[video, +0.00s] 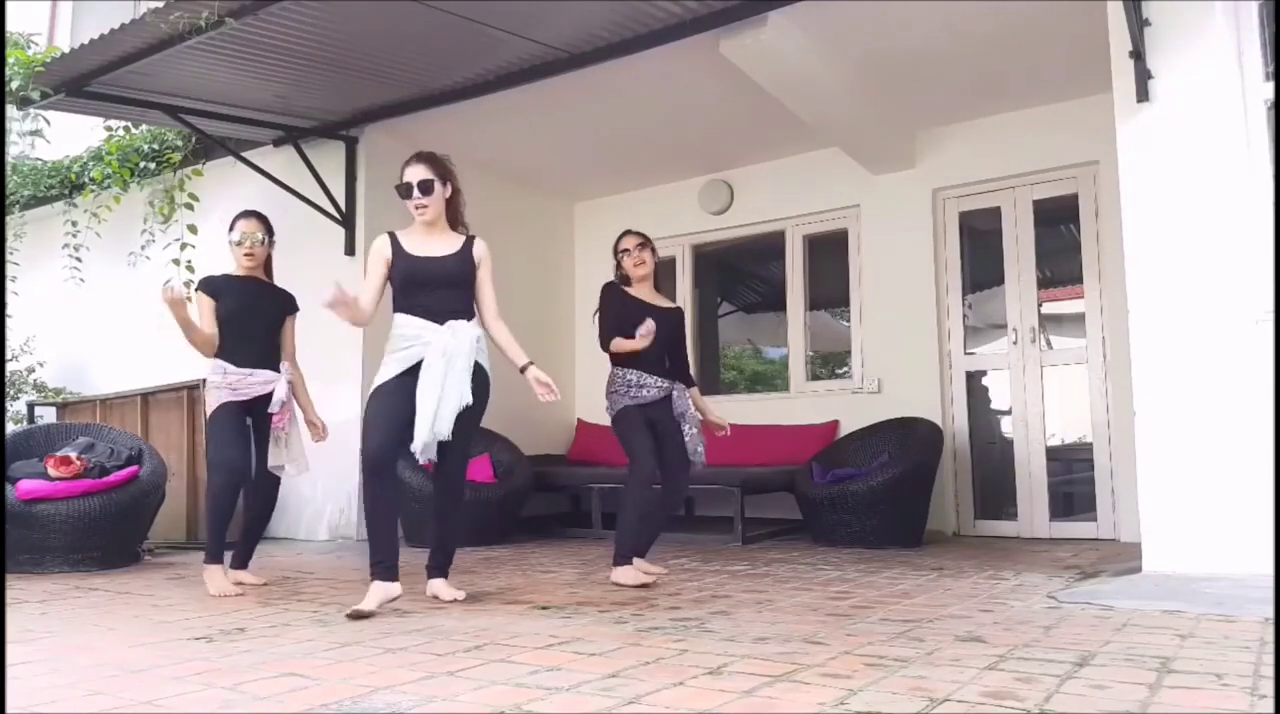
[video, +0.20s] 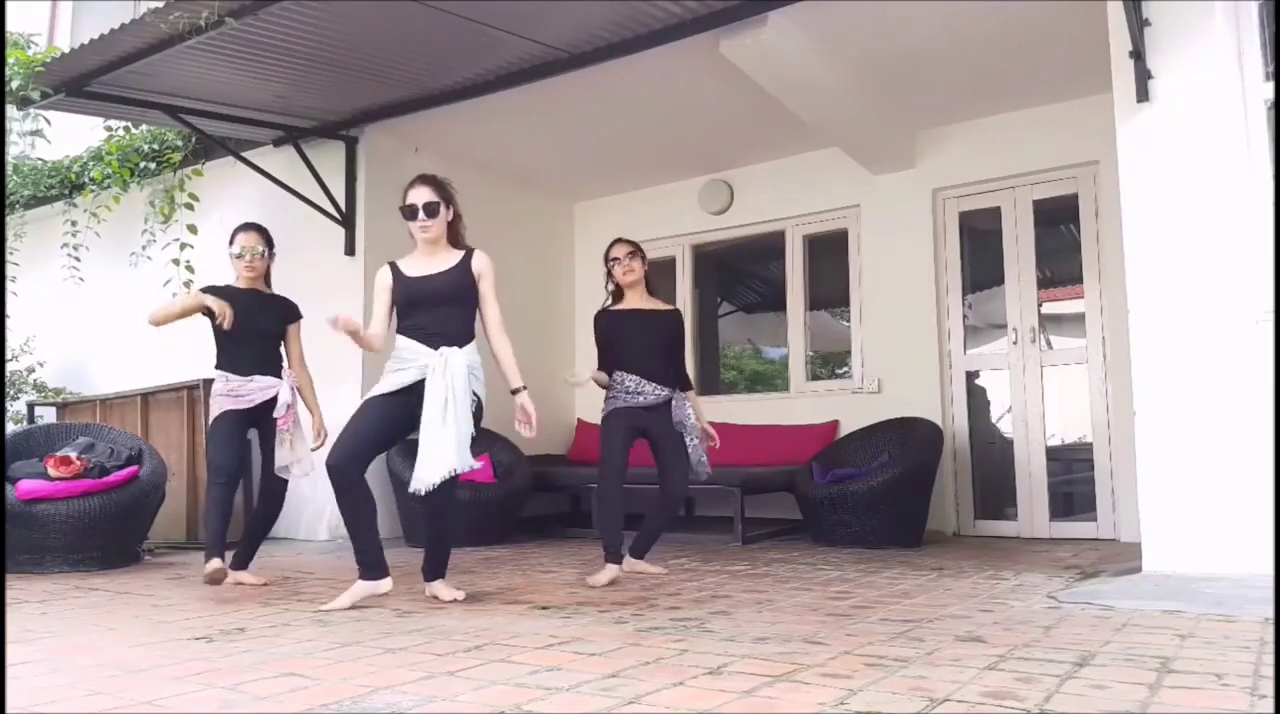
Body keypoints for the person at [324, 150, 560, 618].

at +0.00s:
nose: (416, 196)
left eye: (426, 186)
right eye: (407, 189)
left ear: (449, 188)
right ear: (401, 196)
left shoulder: (474, 247)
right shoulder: (387, 246)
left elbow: (492, 318)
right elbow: (364, 314)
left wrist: (528, 367)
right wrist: (346, 307)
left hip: (463, 365)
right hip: (405, 364)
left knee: (451, 466)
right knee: (376, 456)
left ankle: (438, 576)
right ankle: (384, 579)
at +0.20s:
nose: (421, 217)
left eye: (430, 208)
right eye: (412, 210)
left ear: (449, 211)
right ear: (404, 217)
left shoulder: (474, 263)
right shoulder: (391, 272)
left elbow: (495, 331)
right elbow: (378, 343)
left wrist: (518, 390)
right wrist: (356, 331)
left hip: (458, 381)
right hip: (405, 381)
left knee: (439, 476)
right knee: (342, 462)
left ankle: (435, 576)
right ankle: (373, 574)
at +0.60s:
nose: (422, 192)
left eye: (431, 182)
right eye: (413, 185)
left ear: (452, 183)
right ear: (407, 191)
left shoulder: (481, 237)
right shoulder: (399, 245)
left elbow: (494, 300)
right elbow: (358, 300)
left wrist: (514, 342)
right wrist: (310, 342)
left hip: (452, 358)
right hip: (398, 354)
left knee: (441, 465)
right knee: (363, 453)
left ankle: (436, 574)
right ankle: (332, 567)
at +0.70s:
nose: (419, 187)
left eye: (428, 176)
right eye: (410, 181)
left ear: (450, 175)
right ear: (405, 186)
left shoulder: (482, 231)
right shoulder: (400, 241)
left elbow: (494, 291)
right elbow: (388, 302)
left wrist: (514, 329)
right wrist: (373, 352)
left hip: (443, 356)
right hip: (389, 352)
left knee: (439, 464)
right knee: (372, 447)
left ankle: (435, 572)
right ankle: (328, 564)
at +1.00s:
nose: (408, 193)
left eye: (417, 183)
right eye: (401, 187)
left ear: (443, 185)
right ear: (399, 196)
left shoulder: (470, 240)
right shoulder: (398, 249)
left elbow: (490, 307)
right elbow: (379, 316)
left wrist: (518, 343)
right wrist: (333, 303)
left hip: (454, 364)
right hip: (405, 366)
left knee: (437, 465)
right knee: (346, 457)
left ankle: (453, 575)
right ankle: (376, 570)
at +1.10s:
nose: (399, 196)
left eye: (407, 186)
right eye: (395, 190)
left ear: (435, 187)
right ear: (402, 197)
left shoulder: (467, 238)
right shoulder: (400, 251)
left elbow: (484, 302)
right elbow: (367, 303)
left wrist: (502, 348)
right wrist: (355, 240)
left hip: (445, 363)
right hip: (398, 363)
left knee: (429, 467)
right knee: (353, 465)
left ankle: (451, 577)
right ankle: (384, 571)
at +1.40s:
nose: (388, 200)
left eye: (394, 191)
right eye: (387, 192)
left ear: (424, 189)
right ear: (412, 193)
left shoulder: (462, 239)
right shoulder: (393, 250)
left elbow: (472, 303)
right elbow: (344, 284)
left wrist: (480, 360)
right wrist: (363, 227)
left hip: (426, 365)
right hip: (375, 363)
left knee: (416, 475)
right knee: (375, 470)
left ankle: (450, 576)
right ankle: (378, 576)